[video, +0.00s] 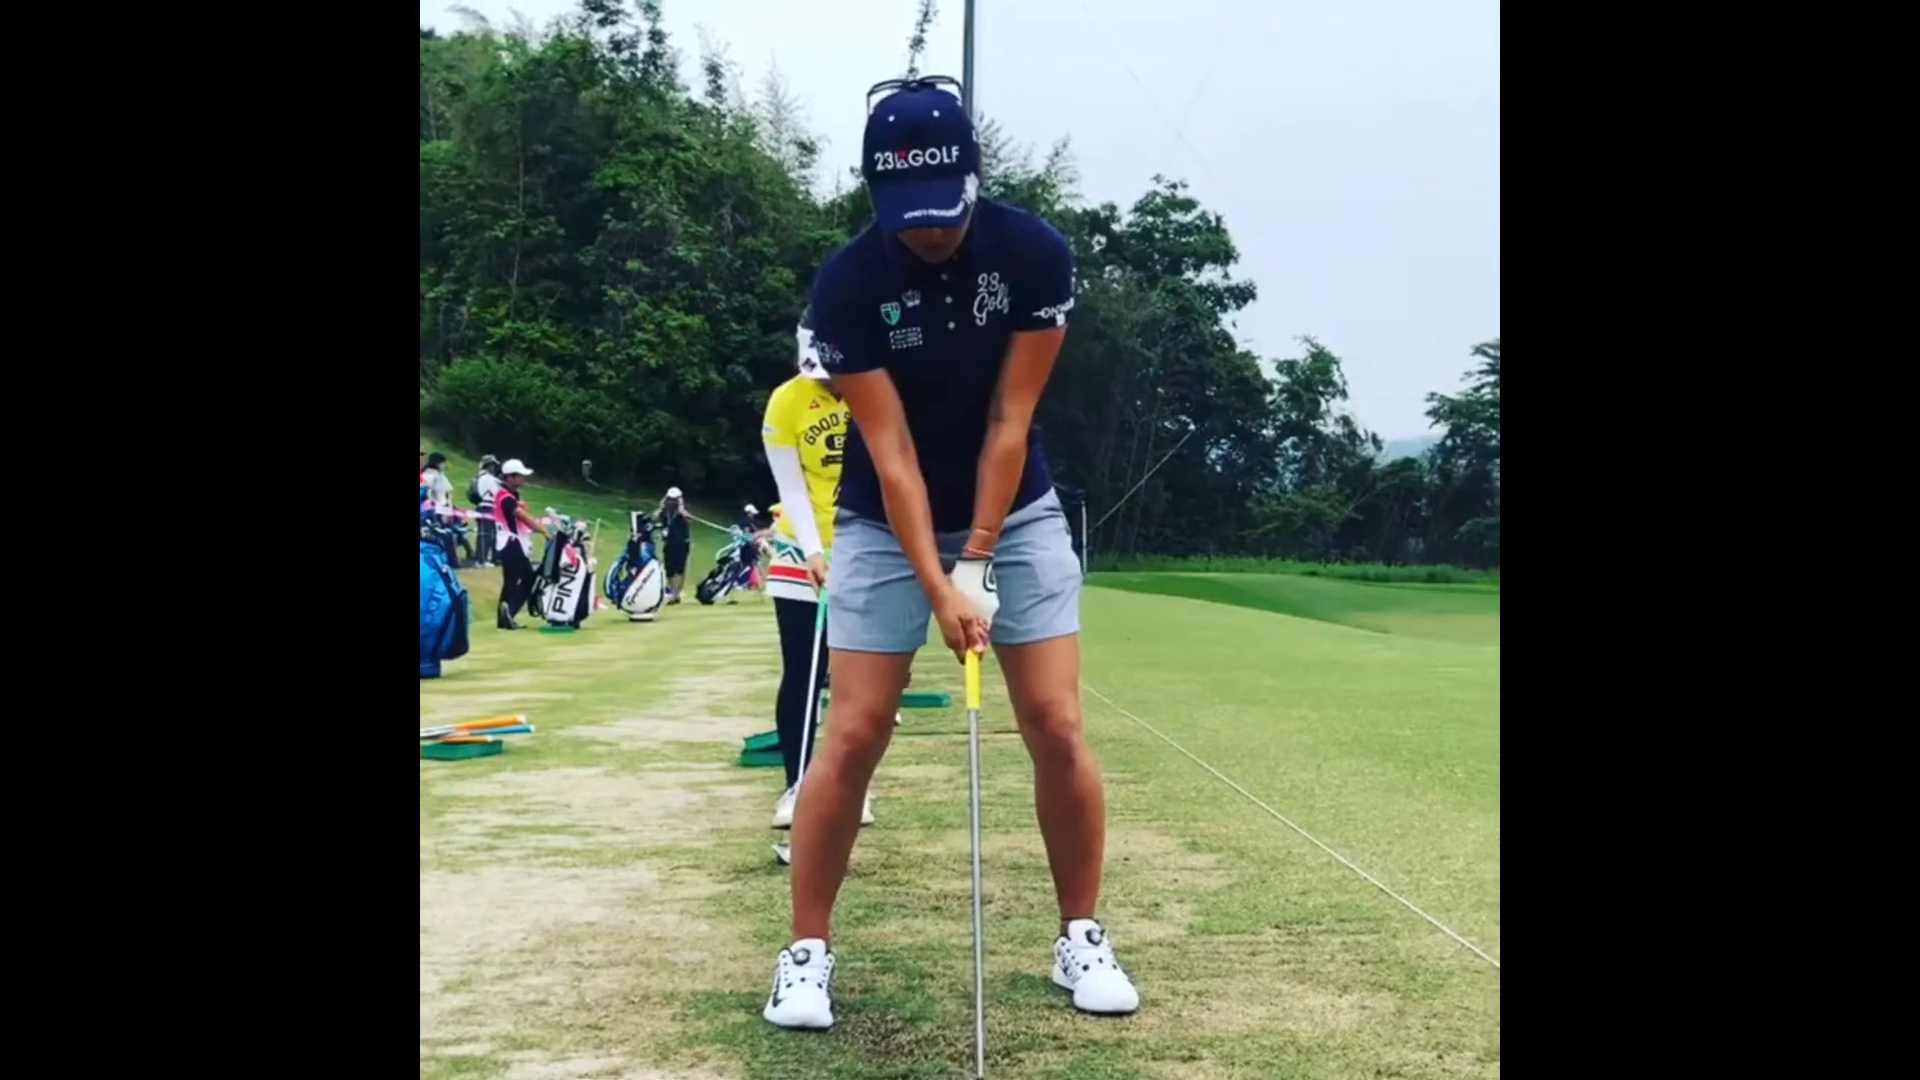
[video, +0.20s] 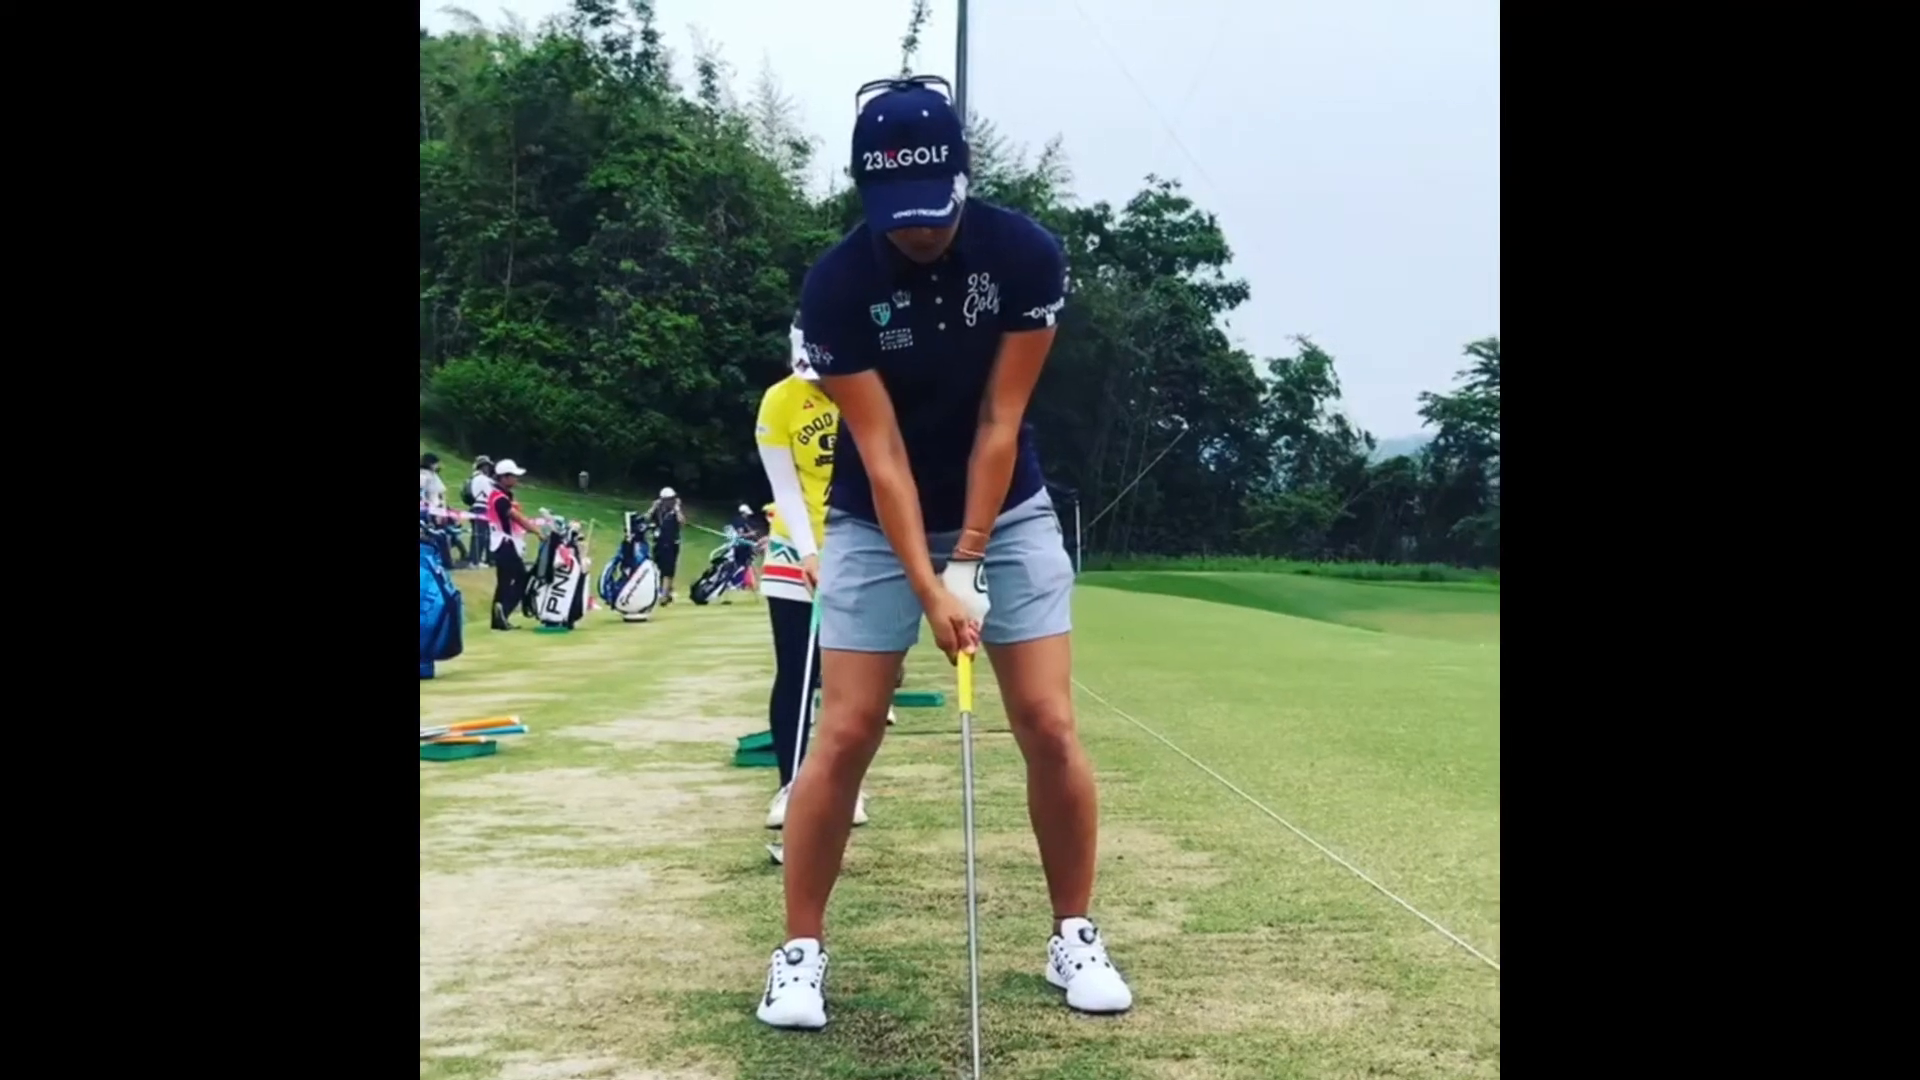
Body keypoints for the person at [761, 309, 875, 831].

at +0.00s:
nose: (826, 358)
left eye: (835, 347)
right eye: (817, 346)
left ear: (857, 347)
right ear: (806, 347)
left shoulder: (875, 394)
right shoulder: (788, 401)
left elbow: (886, 476)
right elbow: (791, 486)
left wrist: (883, 544)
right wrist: (812, 548)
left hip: (860, 557)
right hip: (801, 559)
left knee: (864, 684)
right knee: (805, 676)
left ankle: (856, 784)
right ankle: (798, 785)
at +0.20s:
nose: (822, 359)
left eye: (832, 349)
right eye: (813, 348)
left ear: (850, 349)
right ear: (801, 349)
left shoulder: (863, 398)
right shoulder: (781, 400)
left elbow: (874, 478)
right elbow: (784, 485)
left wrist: (870, 547)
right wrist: (807, 548)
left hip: (851, 555)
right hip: (793, 555)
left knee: (856, 681)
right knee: (798, 674)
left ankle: (848, 783)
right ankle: (792, 784)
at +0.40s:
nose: (811, 353)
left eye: (820, 344)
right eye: (803, 344)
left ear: (840, 344)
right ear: (792, 345)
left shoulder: (861, 395)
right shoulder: (777, 396)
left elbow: (872, 478)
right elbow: (781, 486)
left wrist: (864, 548)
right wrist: (803, 547)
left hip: (849, 556)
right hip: (789, 556)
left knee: (855, 684)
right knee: (793, 674)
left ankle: (846, 779)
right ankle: (789, 781)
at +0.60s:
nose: (816, 350)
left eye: (824, 341)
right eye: (806, 341)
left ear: (843, 341)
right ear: (795, 342)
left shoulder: (863, 393)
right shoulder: (778, 396)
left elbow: (875, 475)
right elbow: (782, 485)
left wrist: (864, 547)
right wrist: (806, 546)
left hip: (852, 555)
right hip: (791, 556)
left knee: (857, 684)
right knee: (795, 674)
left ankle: (847, 777)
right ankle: (791, 780)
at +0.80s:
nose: (818, 360)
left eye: (825, 349)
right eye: (809, 350)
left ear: (842, 345)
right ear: (798, 349)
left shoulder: (864, 394)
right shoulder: (780, 398)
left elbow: (877, 476)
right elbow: (787, 484)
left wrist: (873, 545)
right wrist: (810, 547)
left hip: (854, 555)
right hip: (796, 556)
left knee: (860, 681)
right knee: (800, 672)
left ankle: (850, 779)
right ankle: (795, 780)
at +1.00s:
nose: (824, 361)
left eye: (832, 350)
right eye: (816, 351)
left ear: (849, 346)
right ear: (804, 350)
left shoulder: (872, 394)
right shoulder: (787, 399)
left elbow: (883, 479)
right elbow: (792, 485)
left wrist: (872, 547)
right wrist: (816, 548)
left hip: (861, 557)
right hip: (801, 558)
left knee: (867, 683)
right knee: (805, 674)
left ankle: (858, 780)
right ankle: (800, 781)